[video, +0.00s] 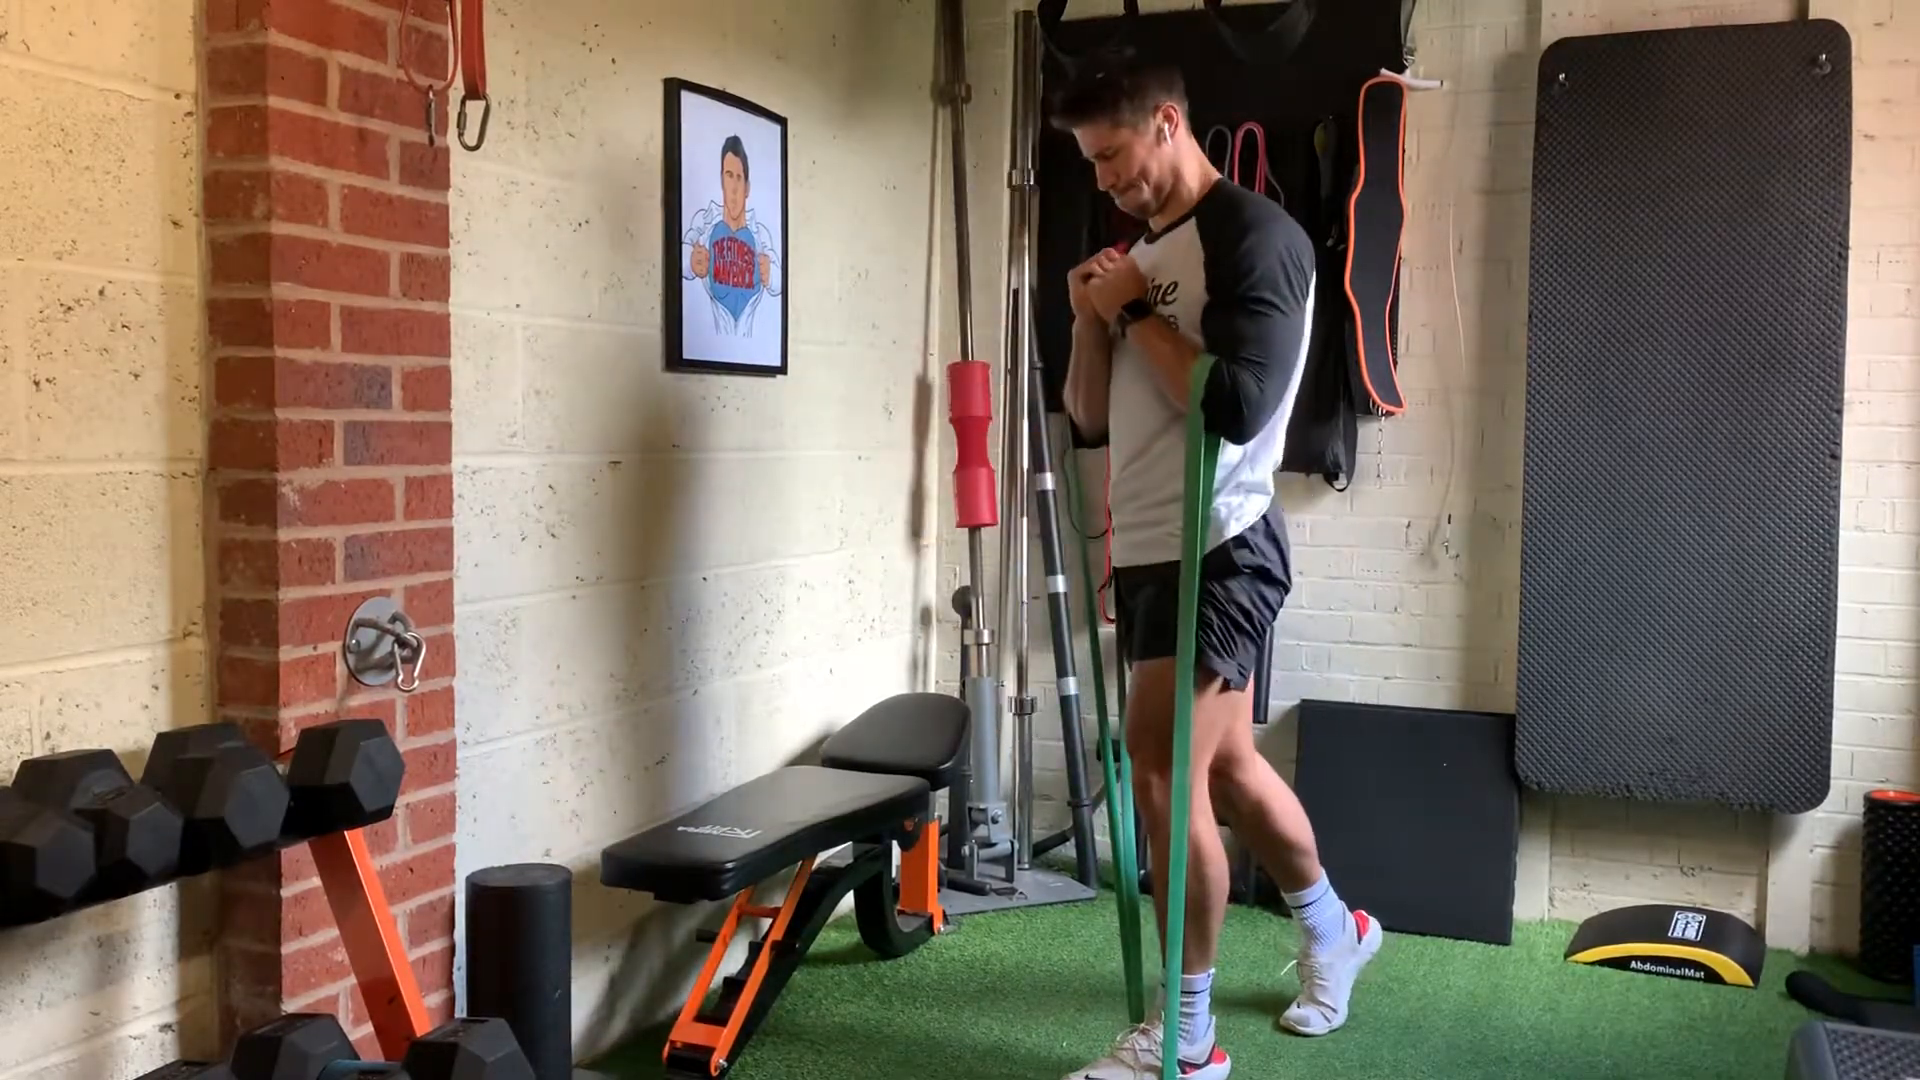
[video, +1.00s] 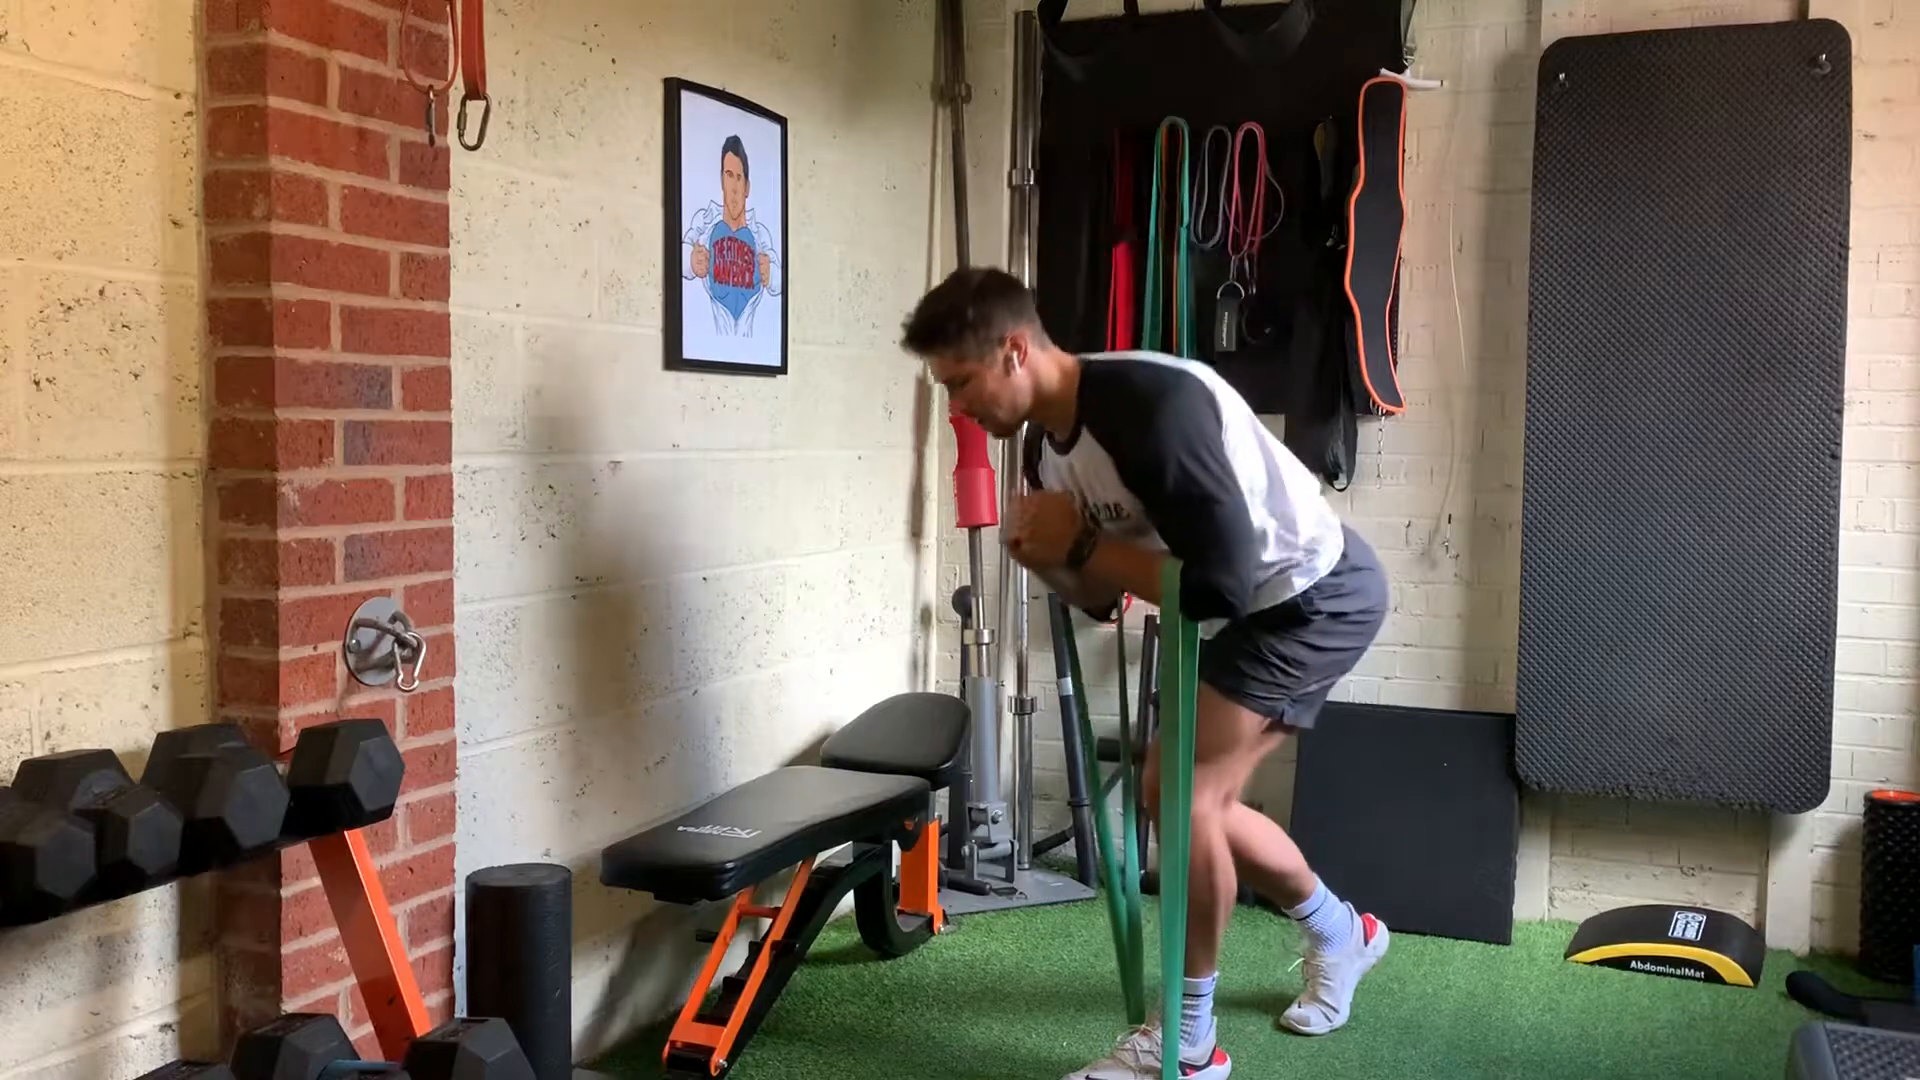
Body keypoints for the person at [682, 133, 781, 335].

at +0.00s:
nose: (734, 185)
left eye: (739, 177)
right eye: (729, 175)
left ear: (748, 187)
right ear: (721, 181)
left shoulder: (760, 232)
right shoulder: (705, 222)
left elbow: (779, 286)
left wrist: (769, 274)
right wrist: (693, 266)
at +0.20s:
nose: (734, 185)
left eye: (739, 177)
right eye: (729, 175)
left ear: (748, 187)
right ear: (721, 181)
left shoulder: (760, 233)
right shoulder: (705, 225)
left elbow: (779, 287)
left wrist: (769, 274)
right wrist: (694, 266)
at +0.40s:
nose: (734, 185)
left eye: (739, 176)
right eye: (729, 175)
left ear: (748, 187)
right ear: (721, 181)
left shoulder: (760, 232)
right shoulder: (705, 223)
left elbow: (779, 287)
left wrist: (769, 274)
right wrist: (695, 266)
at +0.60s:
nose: (733, 184)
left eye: (739, 177)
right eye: (729, 175)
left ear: (748, 187)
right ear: (721, 181)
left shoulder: (760, 232)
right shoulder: (705, 222)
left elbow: (778, 286)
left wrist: (769, 273)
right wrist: (694, 265)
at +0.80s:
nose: (734, 185)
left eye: (739, 177)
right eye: (728, 175)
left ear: (748, 188)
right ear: (721, 182)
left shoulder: (760, 234)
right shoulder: (705, 226)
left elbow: (779, 286)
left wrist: (770, 274)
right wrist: (692, 266)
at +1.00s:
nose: (734, 185)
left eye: (739, 177)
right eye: (728, 175)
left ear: (748, 188)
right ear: (721, 182)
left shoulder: (760, 233)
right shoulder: (705, 224)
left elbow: (779, 286)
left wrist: (770, 274)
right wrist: (692, 265)